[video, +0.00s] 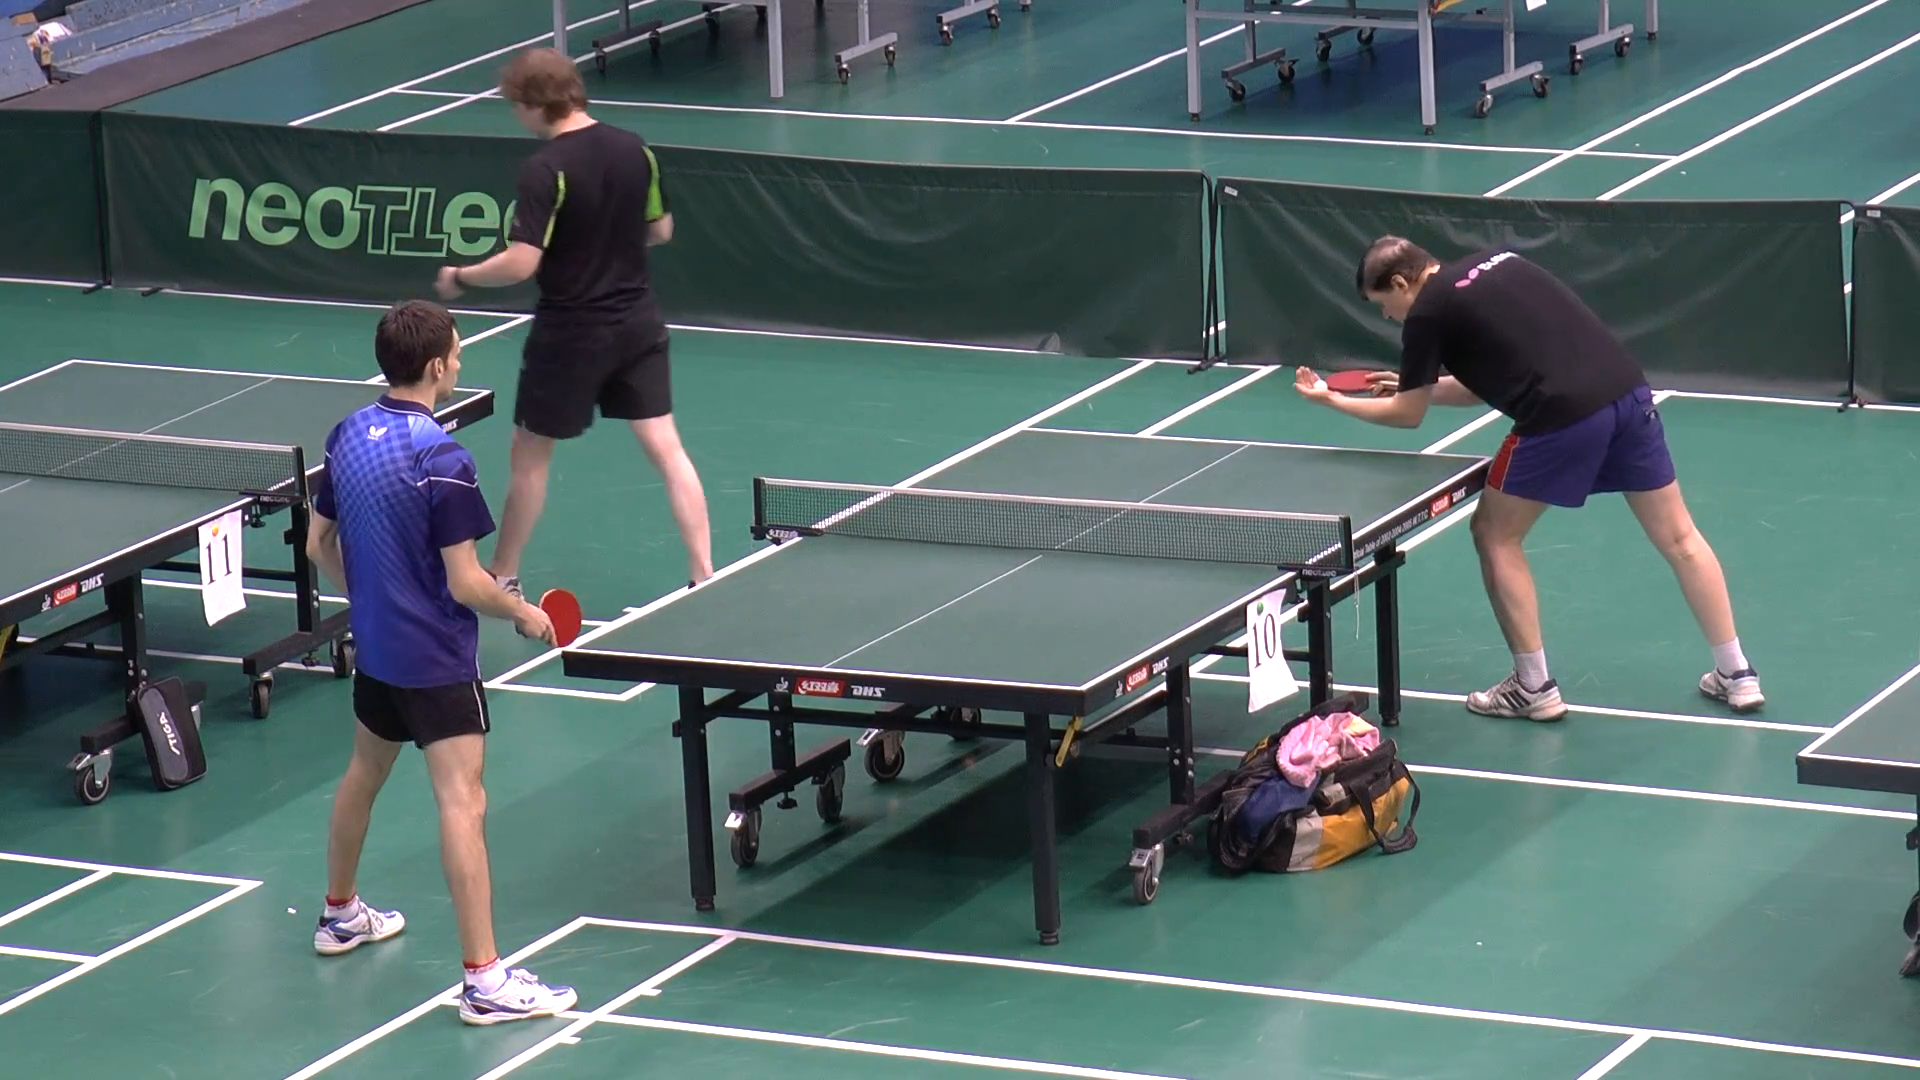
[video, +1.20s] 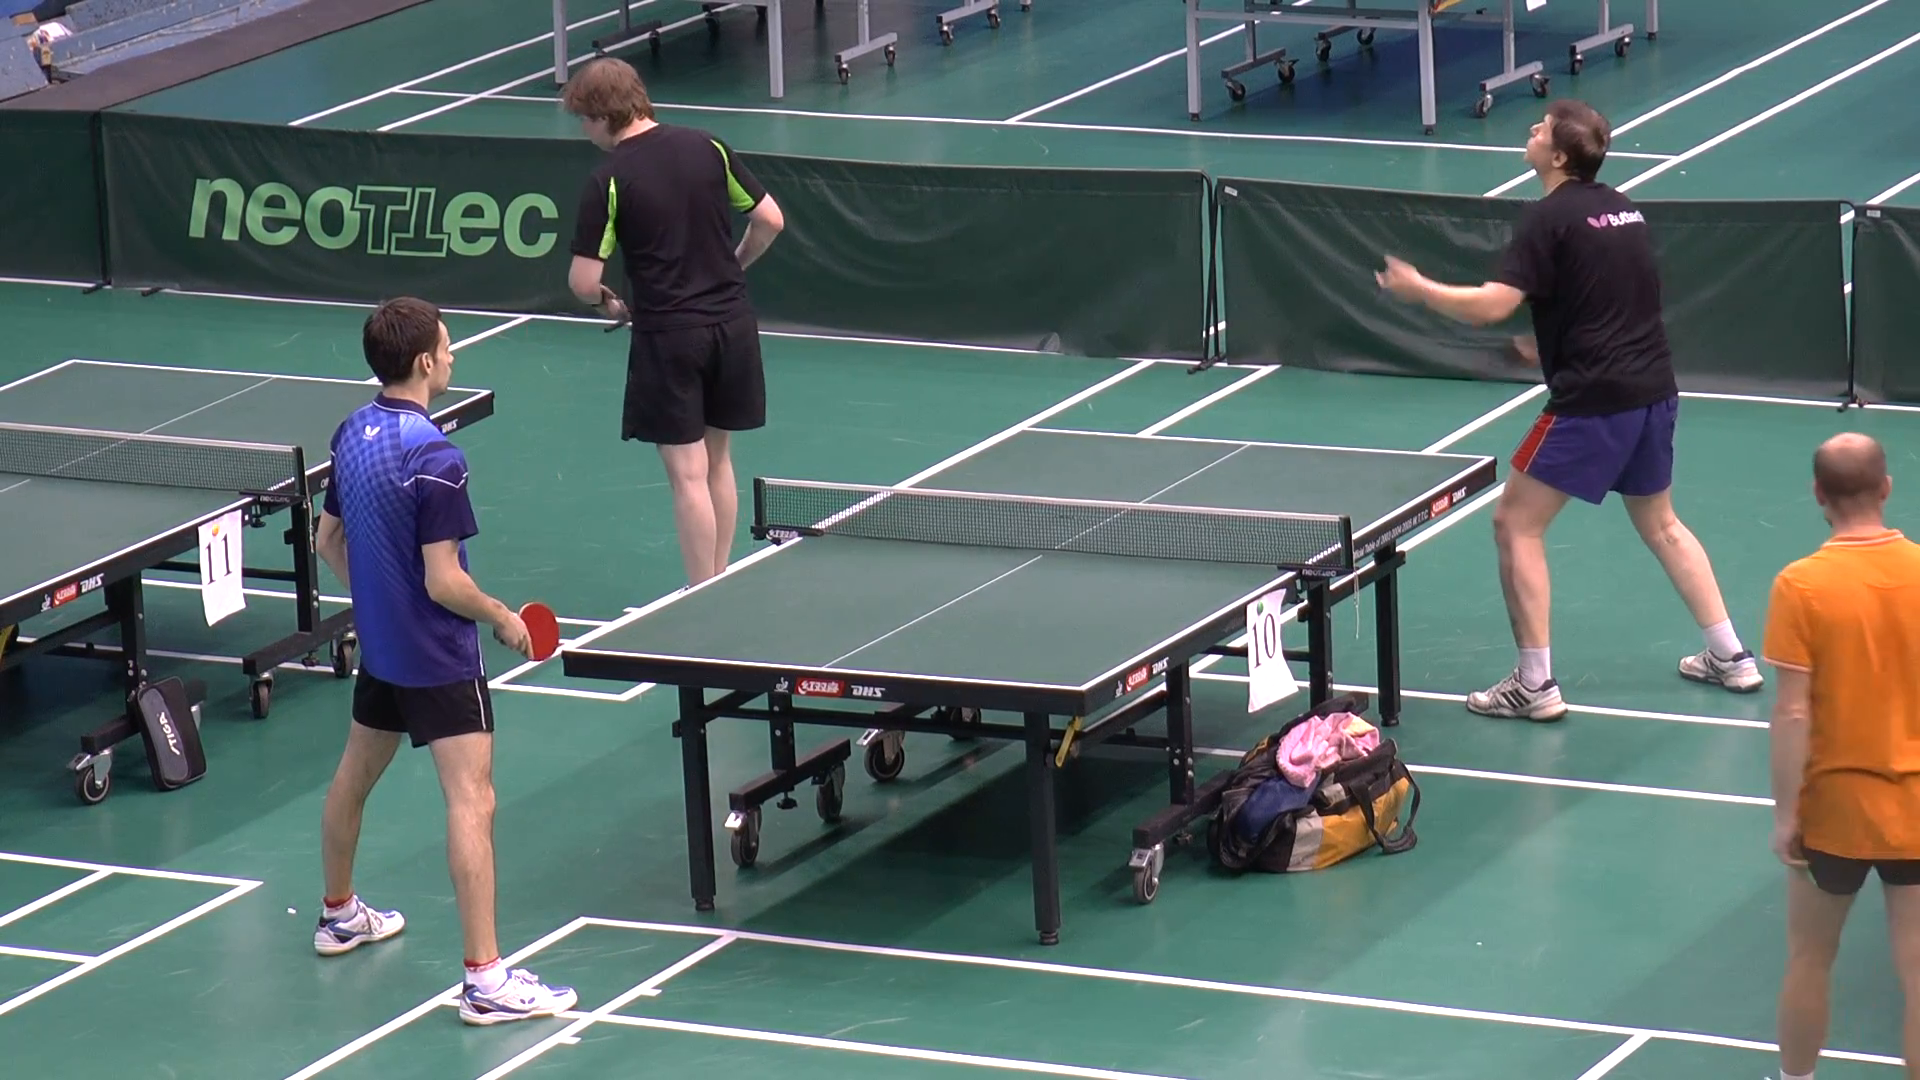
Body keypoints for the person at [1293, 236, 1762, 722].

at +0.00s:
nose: (1392, 319)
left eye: (1385, 307)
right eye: (1383, 311)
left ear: (1401, 283)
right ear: (1423, 263)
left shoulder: (1429, 312)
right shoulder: (1497, 262)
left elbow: (1406, 416)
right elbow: (1484, 384)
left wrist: (1331, 400)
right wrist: (1393, 386)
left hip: (1561, 416)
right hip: (1630, 394)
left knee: (1496, 535)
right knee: (1681, 536)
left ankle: (1534, 685)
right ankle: (1738, 674)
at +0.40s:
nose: (1401, 298)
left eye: (1395, 286)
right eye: (1392, 289)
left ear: (1416, 268)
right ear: (1440, 253)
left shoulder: (1443, 305)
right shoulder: (1512, 260)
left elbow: (1468, 409)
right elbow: (1514, 378)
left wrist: (1401, 438)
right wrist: (1448, 406)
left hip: (1567, 419)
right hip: (1632, 396)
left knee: (1497, 535)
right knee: (1666, 528)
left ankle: (1533, 684)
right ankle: (1728, 653)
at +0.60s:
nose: (1431, 251)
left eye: (1433, 239)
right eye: (1429, 240)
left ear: (1460, 233)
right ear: (1482, 225)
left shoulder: (1482, 281)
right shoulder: (1551, 243)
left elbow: (1473, 386)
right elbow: (1557, 345)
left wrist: (1415, 424)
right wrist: (1486, 387)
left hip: (1585, 419)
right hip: (1649, 401)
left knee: (1501, 530)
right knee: (1659, 529)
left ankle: (1533, 684)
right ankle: (1731, 656)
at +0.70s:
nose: (1452, 222)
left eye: (1456, 211)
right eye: (1451, 211)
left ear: (1487, 209)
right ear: (1511, 203)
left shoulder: (1500, 262)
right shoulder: (1571, 229)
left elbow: (1447, 337)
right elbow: (1526, 331)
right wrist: (1440, 324)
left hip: (1589, 416)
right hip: (1652, 402)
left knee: (1506, 530)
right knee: (1659, 527)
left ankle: (1534, 684)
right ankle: (1733, 656)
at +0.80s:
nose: (1470, 189)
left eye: (1475, 179)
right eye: (1472, 178)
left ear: (1501, 185)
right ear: (1531, 184)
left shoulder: (1508, 233)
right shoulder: (1581, 219)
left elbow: (1418, 269)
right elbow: (1507, 300)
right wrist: (1446, 241)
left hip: (1591, 411)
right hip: (1654, 400)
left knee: (1511, 526)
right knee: (1660, 524)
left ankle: (1534, 684)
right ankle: (1731, 655)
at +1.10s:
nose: (1522, 137)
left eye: (1531, 132)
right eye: (1528, 129)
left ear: (1550, 154)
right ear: (1574, 158)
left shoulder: (1542, 218)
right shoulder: (1608, 205)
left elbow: (1458, 286)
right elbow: (1550, 292)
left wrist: (1391, 236)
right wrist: (1485, 257)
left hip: (1591, 404)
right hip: (1652, 395)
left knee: (1514, 523)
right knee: (1660, 524)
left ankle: (1534, 682)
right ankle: (1730, 655)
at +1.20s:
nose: (1532, 133)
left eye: (1541, 129)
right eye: (1538, 125)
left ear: (1558, 152)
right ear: (1587, 156)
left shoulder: (1548, 218)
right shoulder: (1621, 207)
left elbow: (1494, 305)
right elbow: (1624, 307)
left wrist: (1420, 288)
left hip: (1591, 403)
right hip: (1654, 394)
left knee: (1516, 523)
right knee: (1661, 523)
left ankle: (1534, 681)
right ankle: (1730, 654)